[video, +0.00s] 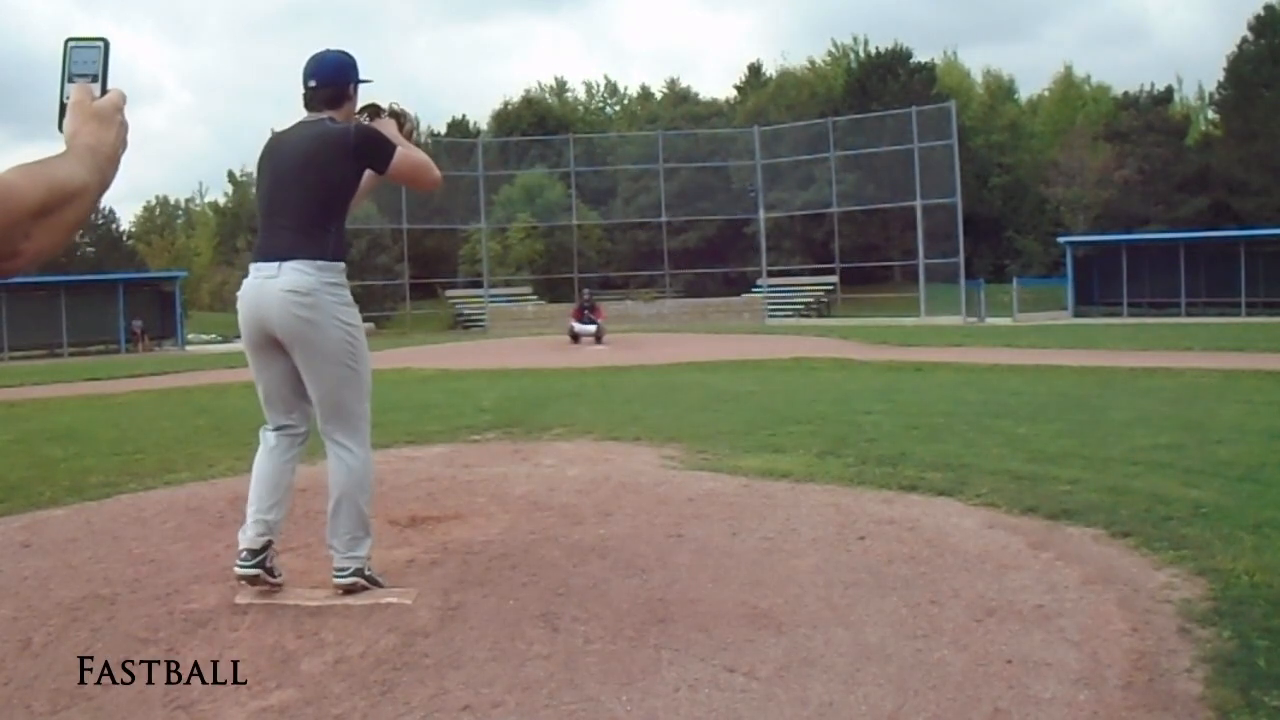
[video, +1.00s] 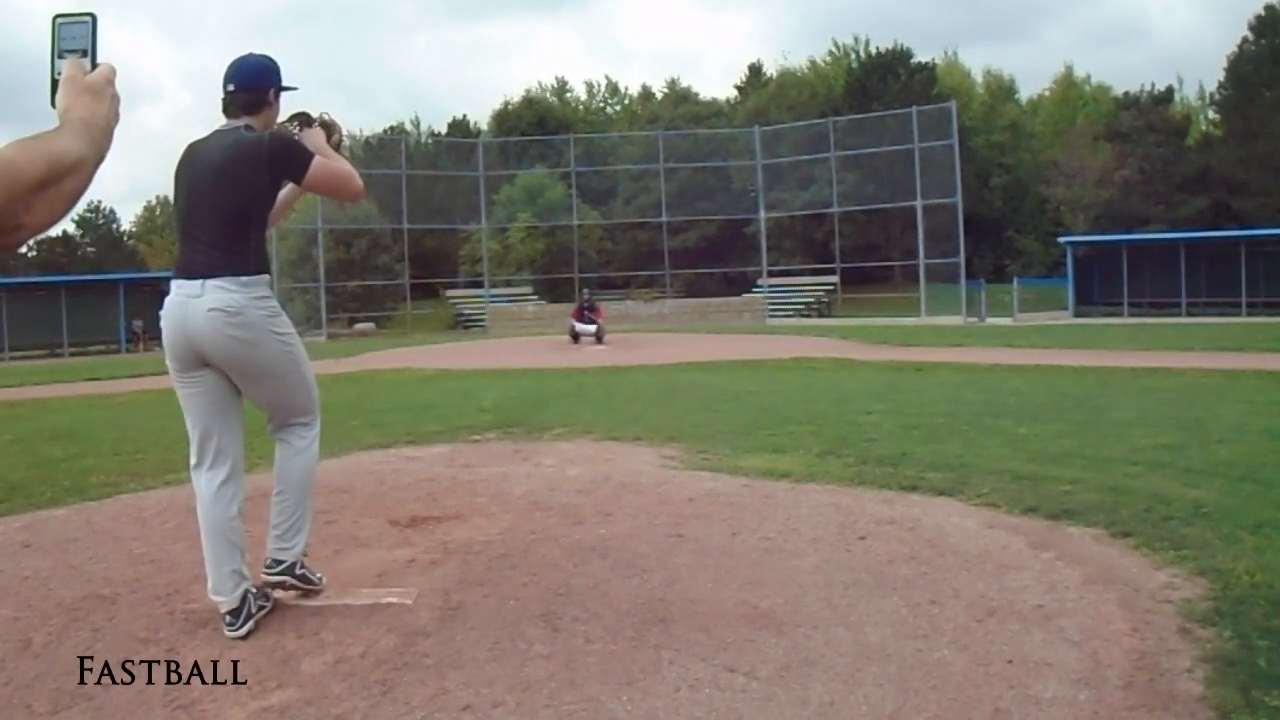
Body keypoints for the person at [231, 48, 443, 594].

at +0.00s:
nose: (356, 98)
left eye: (349, 90)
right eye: (357, 90)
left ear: (306, 94)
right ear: (352, 94)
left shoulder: (276, 143)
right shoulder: (354, 135)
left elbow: (335, 203)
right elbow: (429, 176)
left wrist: (370, 149)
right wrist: (392, 134)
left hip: (255, 292)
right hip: (314, 290)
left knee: (282, 426)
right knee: (347, 437)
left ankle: (253, 551)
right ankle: (350, 564)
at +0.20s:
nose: (343, 100)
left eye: (337, 92)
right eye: (343, 92)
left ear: (292, 96)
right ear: (338, 96)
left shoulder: (261, 147)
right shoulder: (339, 137)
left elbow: (315, 211)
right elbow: (416, 178)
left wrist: (361, 163)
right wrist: (378, 134)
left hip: (240, 295)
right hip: (300, 293)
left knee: (258, 442)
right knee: (340, 438)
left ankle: (241, 577)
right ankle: (350, 565)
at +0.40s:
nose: (318, 105)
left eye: (312, 97)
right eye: (318, 98)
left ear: (266, 101)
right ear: (312, 101)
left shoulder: (233, 153)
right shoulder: (314, 144)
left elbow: (290, 215)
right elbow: (390, 186)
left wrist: (331, 161)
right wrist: (355, 142)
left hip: (212, 302)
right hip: (275, 300)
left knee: (230, 460)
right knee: (324, 441)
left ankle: (239, 599)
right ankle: (349, 564)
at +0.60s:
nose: (297, 108)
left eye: (292, 99)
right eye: (297, 99)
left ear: (244, 101)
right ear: (289, 102)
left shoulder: (210, 153)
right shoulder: (289, 143)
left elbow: (265, 221)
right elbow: (365, 189)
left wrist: (312, 166)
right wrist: (335, 146)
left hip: (188, 304)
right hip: (251, 302)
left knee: (216, 463)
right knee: (310, 431)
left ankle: (234, 601)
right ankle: (329, 560)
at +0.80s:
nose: (284, 106)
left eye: (279, 98)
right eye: (283, 98)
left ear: (230, 99)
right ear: (275, 100)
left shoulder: (196, 152)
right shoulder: (275, 143)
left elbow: (256, 219)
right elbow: (352, 189)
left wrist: (301, 164)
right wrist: (323, 145)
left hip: (180, 306)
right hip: (240, 302)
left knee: (214, 463)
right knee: (297, 423)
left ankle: (234, 602)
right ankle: (288, 558)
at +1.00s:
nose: (279, 107)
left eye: (274, 98)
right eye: (280, 99)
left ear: (226, 100)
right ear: (272, 101)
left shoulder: (194, 153)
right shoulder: (273, 145)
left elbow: (259, 218)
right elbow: (352, 186)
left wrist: (300, 160)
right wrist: (321, 143)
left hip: (178, 310)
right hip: (239, 306)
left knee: (213, 462)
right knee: (297, 423)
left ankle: (234, 602)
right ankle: (286, 557)